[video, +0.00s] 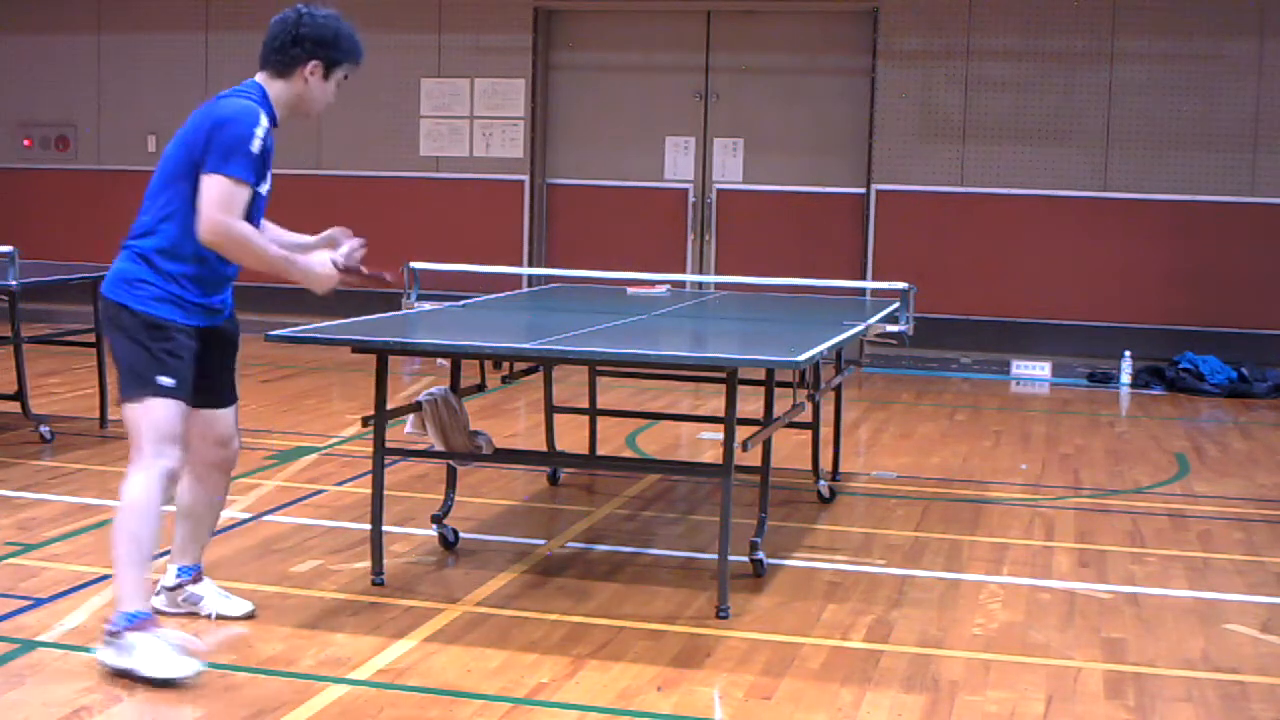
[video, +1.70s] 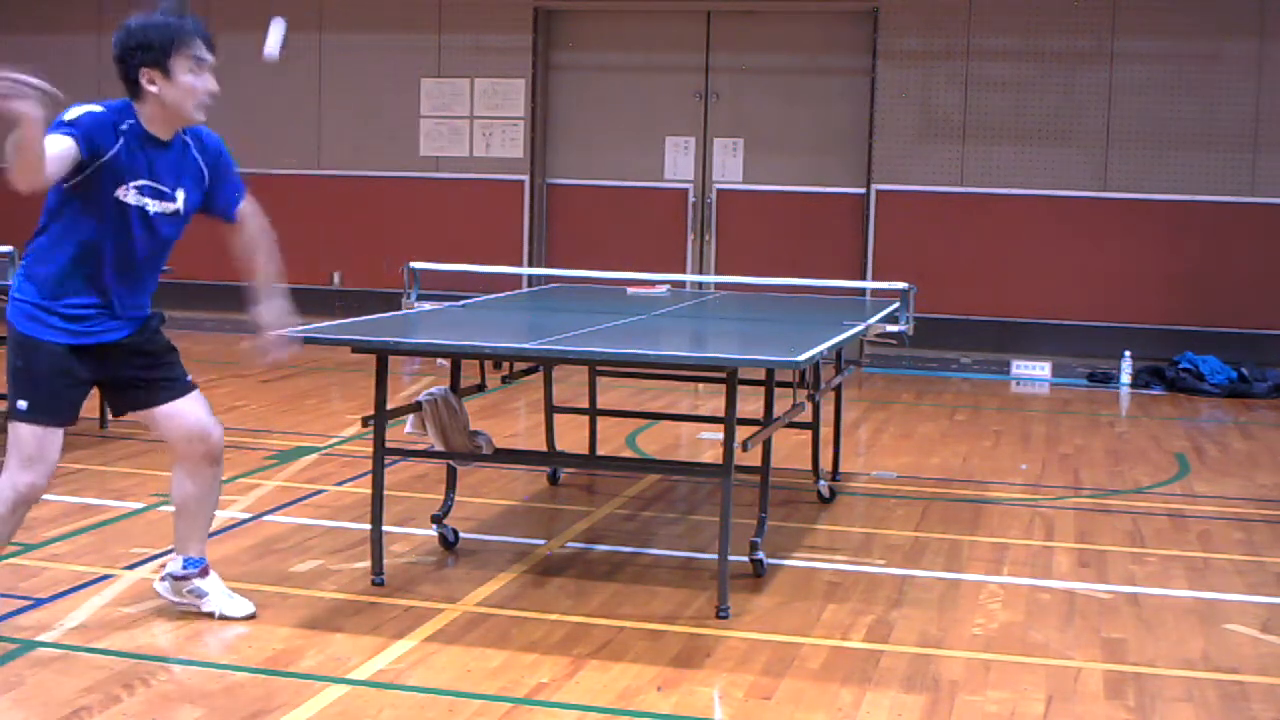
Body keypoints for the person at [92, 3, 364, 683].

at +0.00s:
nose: (336, 98)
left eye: (340, 84)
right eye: (338, 82)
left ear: (300, 69)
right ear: (310, 71)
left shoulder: (260, 123)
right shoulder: (242, 117)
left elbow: (244, 225)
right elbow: (213, 225)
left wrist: (314, 245)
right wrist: (299, 269)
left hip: (205, 308)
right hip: (153, 302)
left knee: (214, 451)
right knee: (157, 455)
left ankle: (181, 581)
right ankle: (127, 626)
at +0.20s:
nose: (329, 90)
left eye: (334, 76)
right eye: (325, 72)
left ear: (294, 68)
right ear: (286, 61)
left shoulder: (271, 140)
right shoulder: (219, 107)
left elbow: (279, 233)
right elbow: (195, 212)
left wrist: (348, 228)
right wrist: (287, 240)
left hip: (198, 300)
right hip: (131, 291)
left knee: (210, 444)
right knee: (118, 443)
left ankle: (183, 580)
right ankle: (34, 581)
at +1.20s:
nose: (245, 68)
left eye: (243, 54)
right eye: (231, 54)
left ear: (206, 67)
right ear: (186, 65)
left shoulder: (225, 123)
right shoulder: (133, 125)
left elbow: (312, 147)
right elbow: (156, 232)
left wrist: (401, 150)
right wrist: (252, 208)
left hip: (144, 304)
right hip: (69, 302)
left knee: (187, 435)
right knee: (30, 455)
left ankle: (180, 579)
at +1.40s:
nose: (208, 50)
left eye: (204, 38)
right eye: (192, 38)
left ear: (172, 56)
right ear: (149, 55)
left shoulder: (205, 116)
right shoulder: (99, 119)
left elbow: (300, 140)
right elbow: (73, 217)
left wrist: (383, 156)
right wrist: (178, 235)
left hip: (133, 305)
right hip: (56, 305)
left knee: (180, 439)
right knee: (19, 462)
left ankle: (181, 578)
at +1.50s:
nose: (202, 52)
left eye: (198, 39)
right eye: (185, 40)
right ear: (142, 59)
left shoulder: (206, 122)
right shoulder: (92, 121)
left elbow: (302, 150)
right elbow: (21, 190)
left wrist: (381, 177)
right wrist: (107, 208)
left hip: (131, 310)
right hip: (51, 310)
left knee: (180, 440)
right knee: (17, 467)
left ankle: (180, 578)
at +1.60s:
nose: (200, 65)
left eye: (198, 50)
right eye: (183, 51)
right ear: (138, 68)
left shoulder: (204, 135)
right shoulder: (93, 125)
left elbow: (286, 183)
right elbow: (24, 195)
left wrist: (348, 236)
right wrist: (32, 152)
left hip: (130, 316)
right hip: (48, 313)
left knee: (187, 447)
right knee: (23, 470)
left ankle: (183, 577)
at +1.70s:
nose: (212, 85)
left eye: (211, 70)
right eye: (197, 70)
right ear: (151, 80)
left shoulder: (204, 154)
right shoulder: (98, 126)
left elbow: (251, 225)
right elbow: (29, 181)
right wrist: (28, 125)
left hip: (128, 322)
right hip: (49, 320)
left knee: (201, 440)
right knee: (27, 475)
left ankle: (186, 571)